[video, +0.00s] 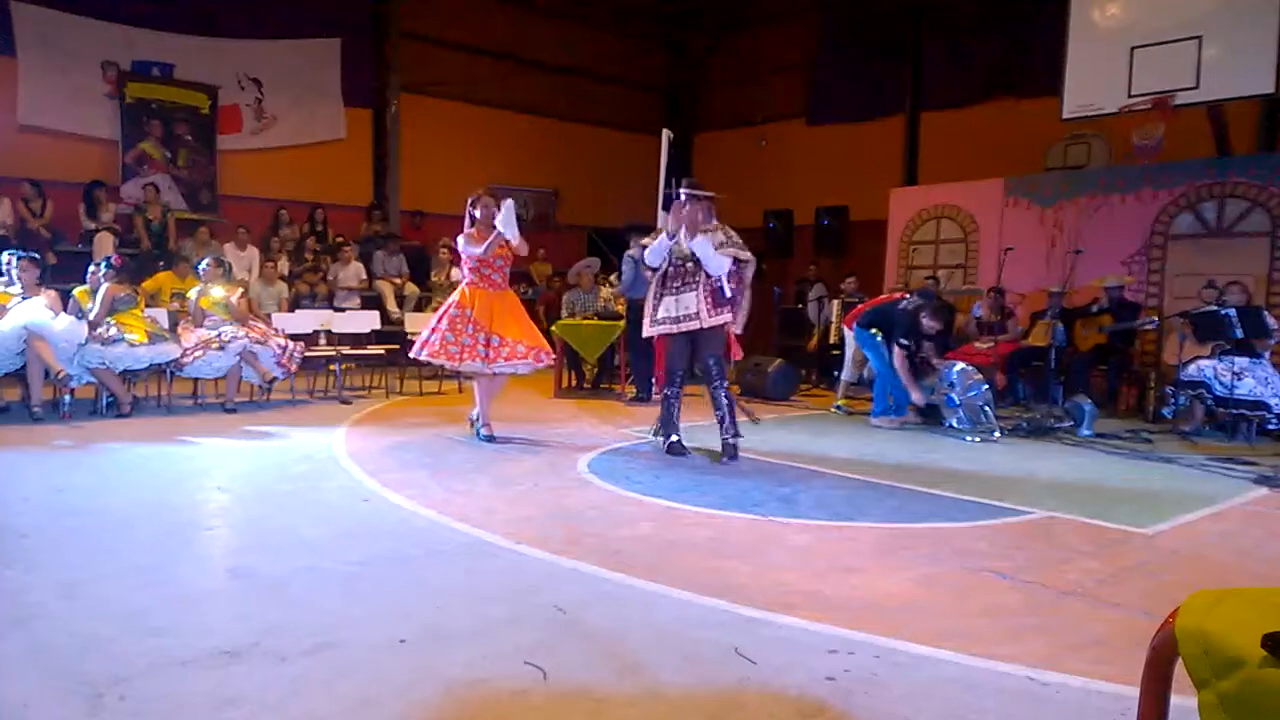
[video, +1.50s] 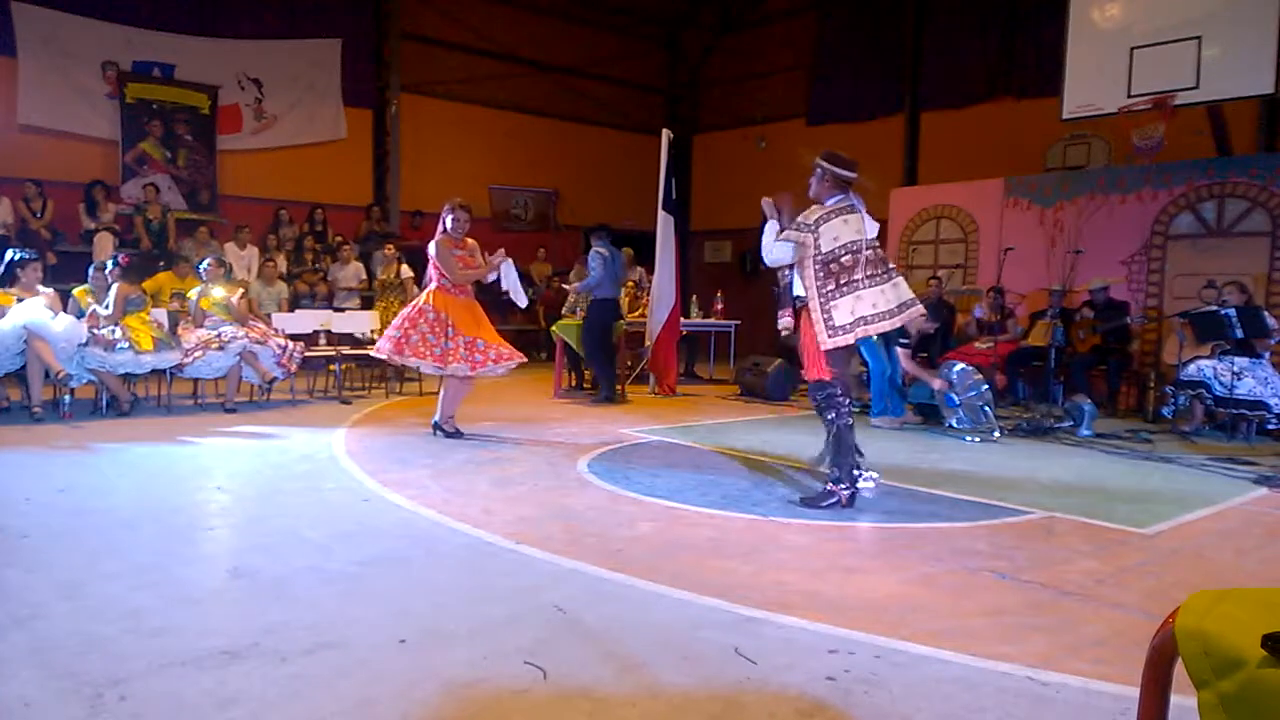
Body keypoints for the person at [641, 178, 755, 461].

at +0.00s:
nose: (682, 212)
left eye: (687, 206)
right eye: (679, 206)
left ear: (702, 208)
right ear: (675, 209)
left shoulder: (721, 235)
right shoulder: (668, 237)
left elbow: (719, 268)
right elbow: (649, 261)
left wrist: (695, 240)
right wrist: (669, 234)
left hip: (711, 315)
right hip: (674, 316)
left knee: (715, 376)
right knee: (674, 376)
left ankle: (729, 438)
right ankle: (671, 434)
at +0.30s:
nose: (715, 205)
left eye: (721, 199)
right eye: (714, 199)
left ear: (738, 203)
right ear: (720, 203)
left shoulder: (741, 236)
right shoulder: (721, 230)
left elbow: (705, 267)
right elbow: (699, 259)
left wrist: (674, 237)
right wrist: (680, 233)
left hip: (739, 311)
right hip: (725, 310)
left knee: (726, 376)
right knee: (724, 374)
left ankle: (754, 444)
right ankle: (733, 433)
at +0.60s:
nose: (752, 212)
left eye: (758, 206)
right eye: (753, 206)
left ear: (776, 210)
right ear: (766, 208)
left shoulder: (781, 241)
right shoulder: (764, 235)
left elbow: (728, 279)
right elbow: (742, 265)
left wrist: (706, 247)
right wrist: (717, 243)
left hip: (767, 324)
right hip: (769, 323)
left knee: (733, 385)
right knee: (786, 389)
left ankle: (757, 449)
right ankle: (845, 440)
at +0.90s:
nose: (788, 203)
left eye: (792, 197)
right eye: (789, 197)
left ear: (807, 200)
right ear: (819, 200)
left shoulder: (792, 235)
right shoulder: (841, 228)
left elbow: (759, 270)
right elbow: (846, 230)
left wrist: (748, 246)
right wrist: (826, 206)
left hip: (805, 323)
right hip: (839, 322)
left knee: (779, 383)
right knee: (833, 394)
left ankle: (765, 454)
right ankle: (857, 468)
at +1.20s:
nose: (805, 189)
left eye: (810, 182)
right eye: (807, 182)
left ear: (823, 184)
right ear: (841, 186)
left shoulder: (807, 224)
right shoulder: (867, 217)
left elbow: (777, 262)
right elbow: (890, 266)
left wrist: (777, 228)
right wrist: (917, 307)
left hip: (817, 318)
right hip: (857, 314)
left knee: (798, 386)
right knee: (850, 386)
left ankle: (823, 464)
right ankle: (859, 461)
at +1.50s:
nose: (809, 183)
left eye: (814, 177)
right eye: (812, 176)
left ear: (826, 181)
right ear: (843, 184)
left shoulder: (812, 222)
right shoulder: (859, 217)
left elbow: (772, 255)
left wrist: (771, 220)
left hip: (818, 316)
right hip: (844, 314)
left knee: (827, 394)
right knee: (833, 391)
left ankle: (841, 482)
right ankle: (848, 464)